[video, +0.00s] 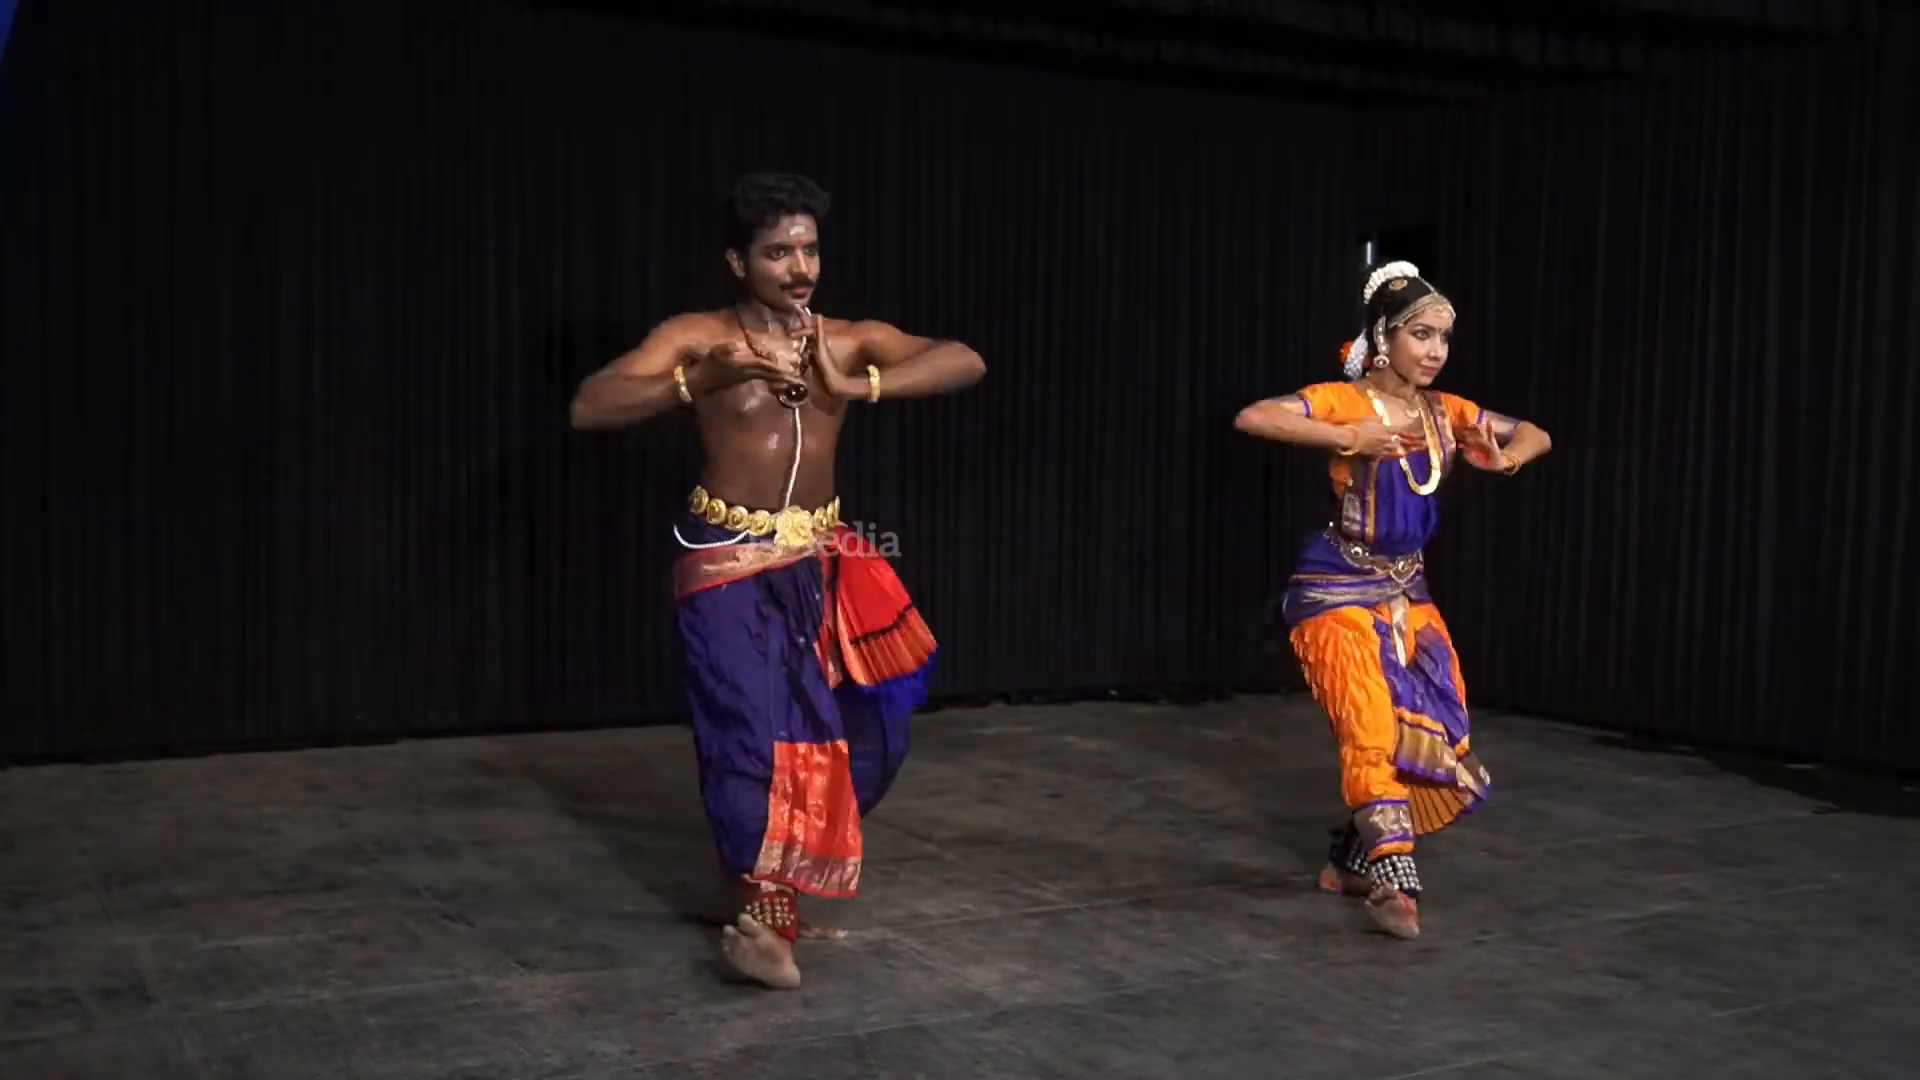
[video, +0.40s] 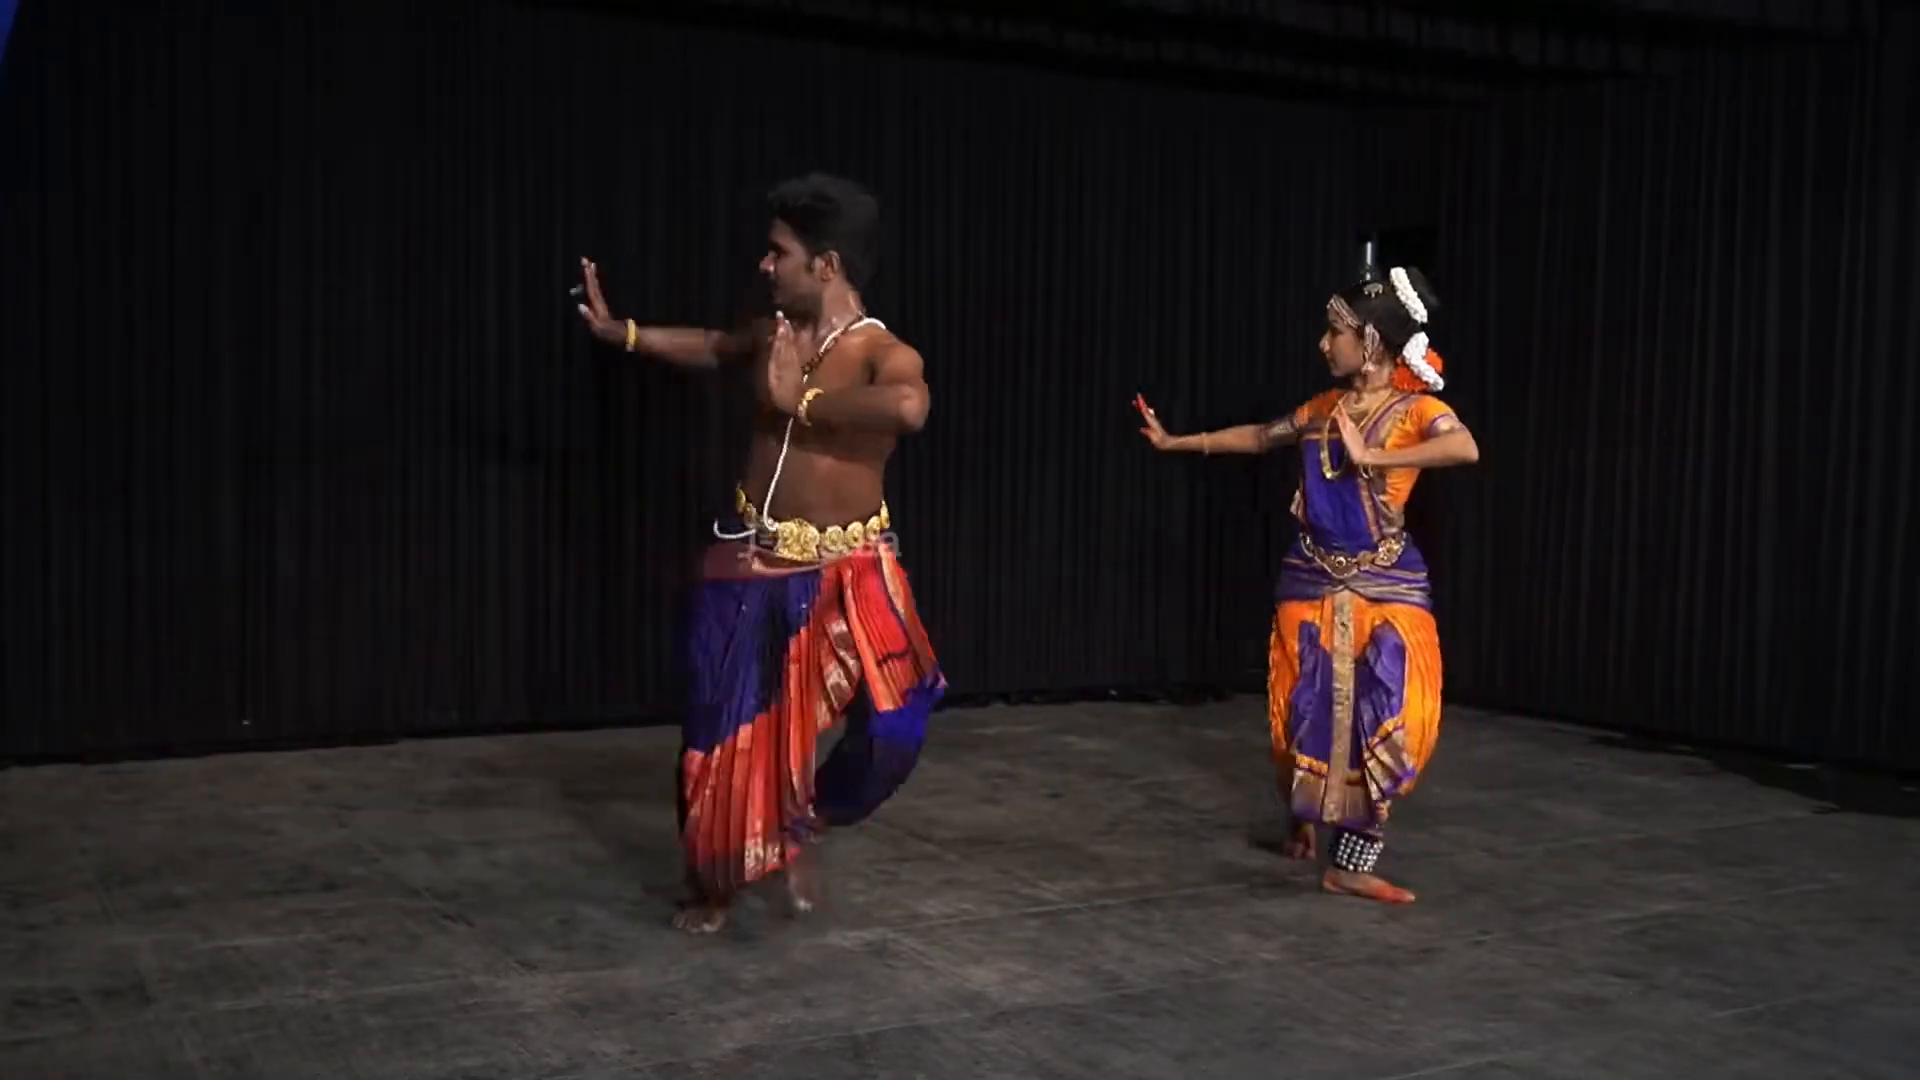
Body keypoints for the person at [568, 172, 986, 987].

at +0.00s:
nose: (802, 267)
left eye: (811, 250)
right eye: (781, 253)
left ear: (820, 254)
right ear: (740, 263)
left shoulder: (848, 337)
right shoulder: (698, 337)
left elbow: (967, 361)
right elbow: (590, 406)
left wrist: (869, 384)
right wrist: (695, 379)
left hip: (817, 555)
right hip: (730, 557)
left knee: (823, 719)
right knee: (755, 724)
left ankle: (776, 897)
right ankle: (761, 915)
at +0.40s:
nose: (765, 264)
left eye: (779, 252)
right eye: (769, 250)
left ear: (827, 263)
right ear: (817, 262)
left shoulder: (881, 349)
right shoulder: (771, 332)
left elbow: (910, 406)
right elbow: (713, 346)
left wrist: (798, 401)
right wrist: (621, 332)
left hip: (849, 566)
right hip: (751, 557)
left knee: (894, 736)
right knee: (719, 718)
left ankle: (802, 824)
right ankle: (712, 888)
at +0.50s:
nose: (794, 263)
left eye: (812, 253)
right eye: (797, 249)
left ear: (862, 270)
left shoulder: (911, 358)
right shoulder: (776, 336)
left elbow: (968, 427)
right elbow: (670, 355)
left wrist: (866, 408)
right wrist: (703, 359)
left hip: (865, 570)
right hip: (772, 560)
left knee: (913, 732)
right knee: (735, 707)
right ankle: (718, 864)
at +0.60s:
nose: (869, 268)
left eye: (890, 256)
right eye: (860, 252)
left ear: (923, 273)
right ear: (846, 261)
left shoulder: (958, 363)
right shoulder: (806, 343)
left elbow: (1063, 437)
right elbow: (688, 384)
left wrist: (963, 412)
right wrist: (806, 395)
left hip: (911, 561)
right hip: (810, 559)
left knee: (1010, 674)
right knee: (758, 715)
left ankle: (927, 760)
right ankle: (721, 867)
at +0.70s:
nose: (968, 279)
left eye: (977, 264)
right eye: (949, 261)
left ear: (986, 272)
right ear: (903, 266)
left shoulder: (990, 366)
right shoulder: (852, 347)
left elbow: (1096, 428)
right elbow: (855, 419)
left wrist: (1098, 409)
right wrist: (971, 416)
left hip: (957, 565)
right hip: (858, 566)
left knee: (1063, 673)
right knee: (793, 728)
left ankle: (1113, 884)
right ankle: (713, 869)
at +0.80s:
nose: (1044, 308)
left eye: (1049, 292)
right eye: (1027, 291)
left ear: (1048, 300)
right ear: (973, 295)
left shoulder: (1047, 396)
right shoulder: (941, 379)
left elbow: (1161, 447)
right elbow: (1035, 439)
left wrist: (1237, 441)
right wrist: (1165, 441)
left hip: (1016, 607)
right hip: (924, 610)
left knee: (1135, 728)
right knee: (826, 764)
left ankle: (1187, 923)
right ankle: (694, 854)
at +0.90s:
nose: (1113, 355)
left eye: (1115, 340)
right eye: (1097, 338)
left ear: (1091, 349)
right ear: (1041, 344)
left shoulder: (1078, 423)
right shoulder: (1019, 426)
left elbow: (1181, 463)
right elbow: (1164, 473)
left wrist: (1313, 469)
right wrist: (1316, 474)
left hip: (1071, 644)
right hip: (983, 652)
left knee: (1211, 732)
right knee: (845, 803)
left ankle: (1194, 928)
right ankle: (688, 853)